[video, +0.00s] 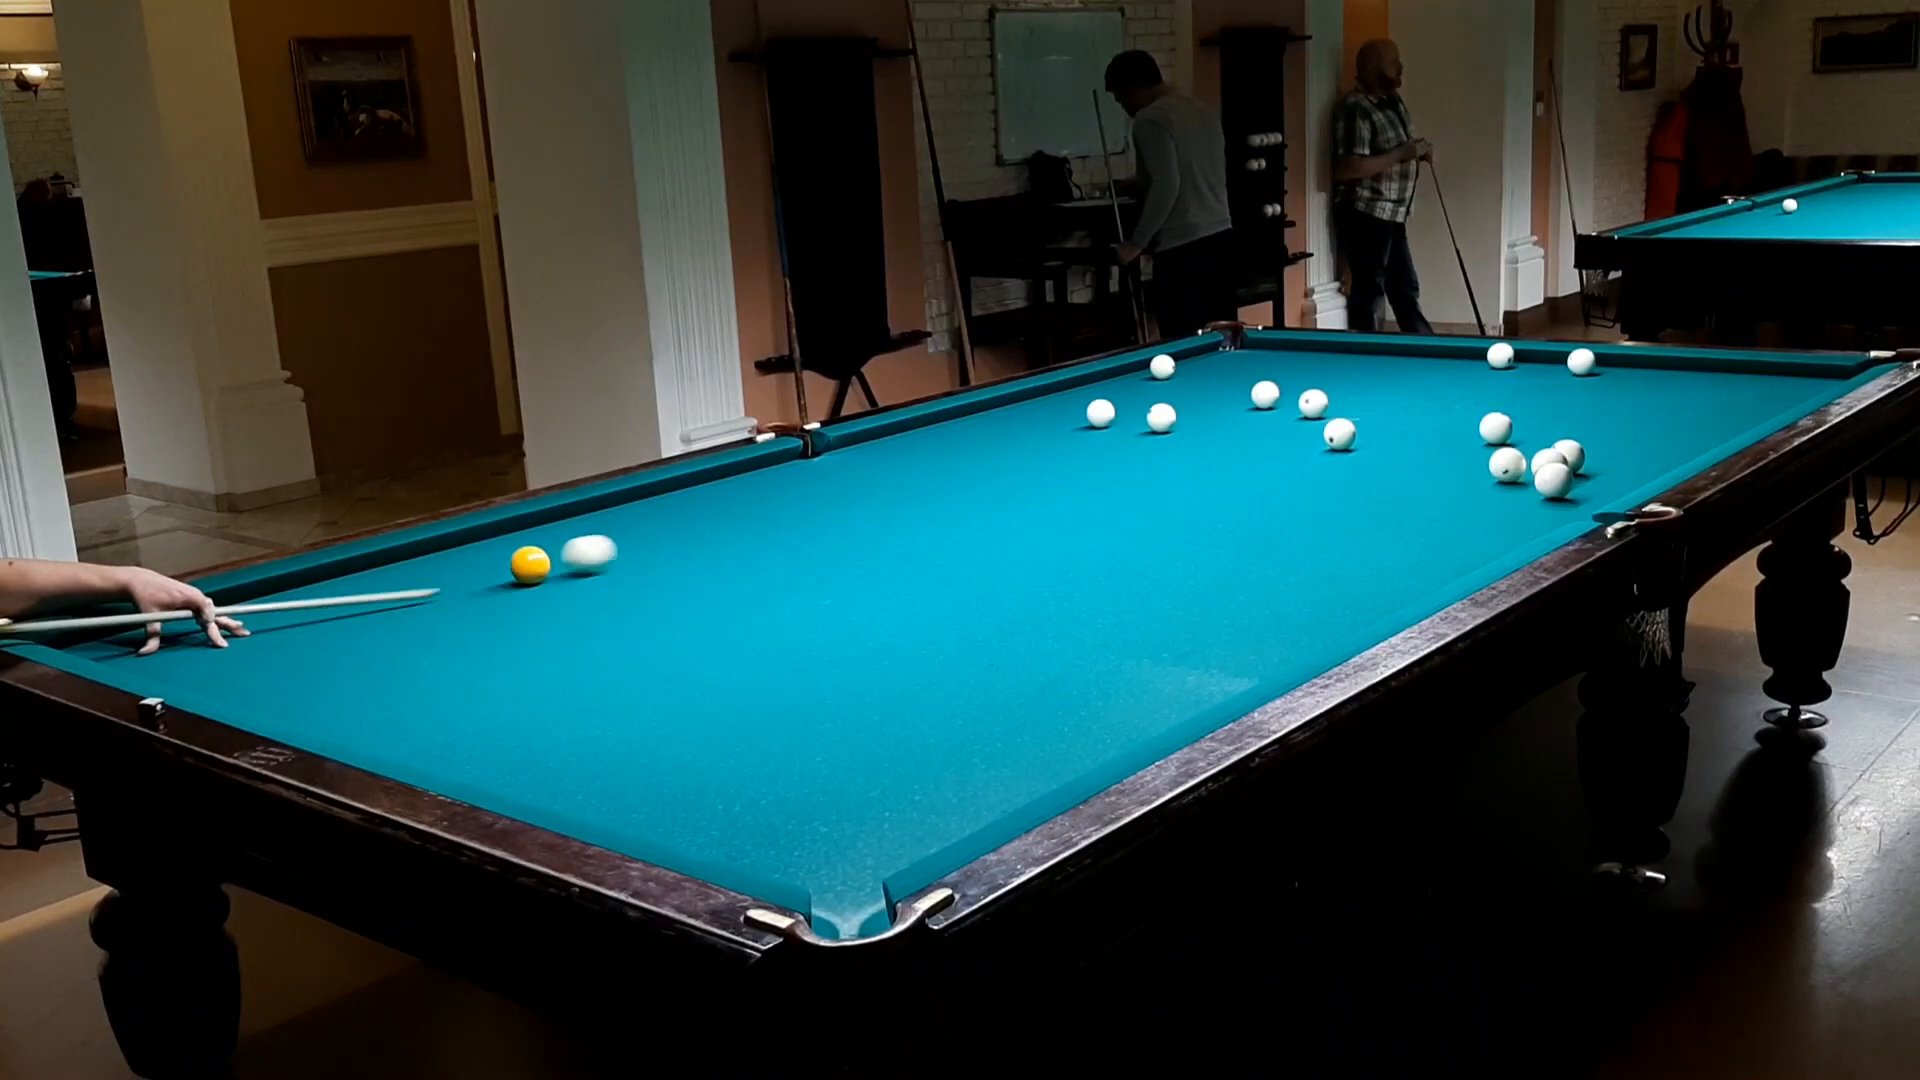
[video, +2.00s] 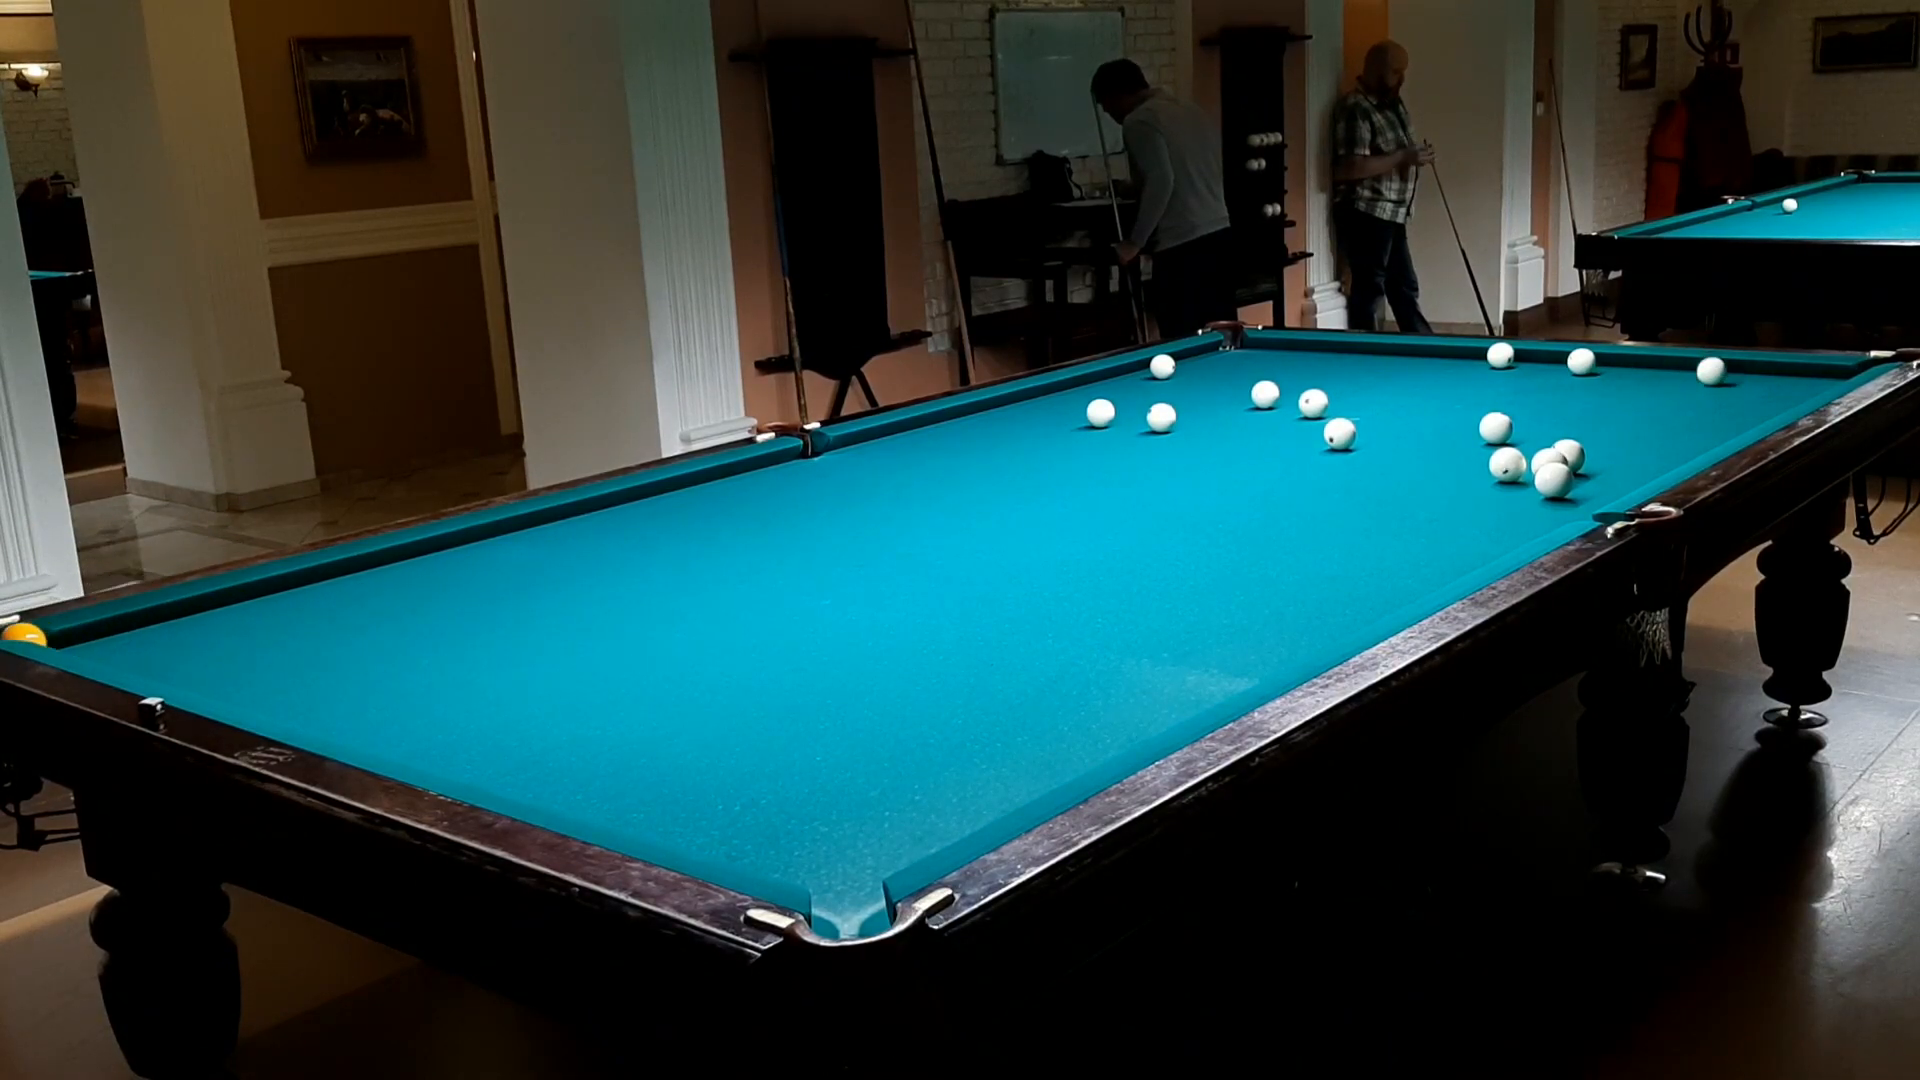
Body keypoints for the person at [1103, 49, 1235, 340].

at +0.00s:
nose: (1121, 106)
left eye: (1119, 97)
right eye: (1117, 99)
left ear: (1130, 88)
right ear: (1155, 78)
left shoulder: (1150, 121)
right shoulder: (1201, 110)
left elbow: (1165, 183)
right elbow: (1206, 172)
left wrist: (1136, 243)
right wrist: (1142, 184)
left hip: (1180, 251)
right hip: (1222, 241)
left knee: (1181, 345)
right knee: (1221, 337)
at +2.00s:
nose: (1110, 114)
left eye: (1107, 106)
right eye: (1105, 108)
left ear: (1116, 97)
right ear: (1141, 83)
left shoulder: (1139, 122)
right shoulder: (1187, 109)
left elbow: (1160, 180)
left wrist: (1134, 243)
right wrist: (1137, 189)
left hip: (1181, 250)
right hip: (1220, 238)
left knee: (1181, 344)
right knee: (1221, 334)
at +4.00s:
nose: (1114, 108)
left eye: (1112, 100)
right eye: (1110, 101)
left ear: (1122, 92)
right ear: (1148, 81)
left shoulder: (1142, 121)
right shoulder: (1192, 110)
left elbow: (1160, 181)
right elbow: (1216, 176)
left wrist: (1133, 243)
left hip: (1179, 250)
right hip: (1220, 239)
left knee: (1180, 343)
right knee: (1220, 335)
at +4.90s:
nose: (1116, 106)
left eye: (1114, 98)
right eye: (1112, 99)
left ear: (1123, 91)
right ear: (1151, 79)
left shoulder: (1143, 119)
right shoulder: (1195, 109)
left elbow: (1160, 182)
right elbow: (1221, 177)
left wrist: (1133, 243)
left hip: (1179, 249)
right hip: (1220, 239)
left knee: (1181, 344)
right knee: (1222, 335)